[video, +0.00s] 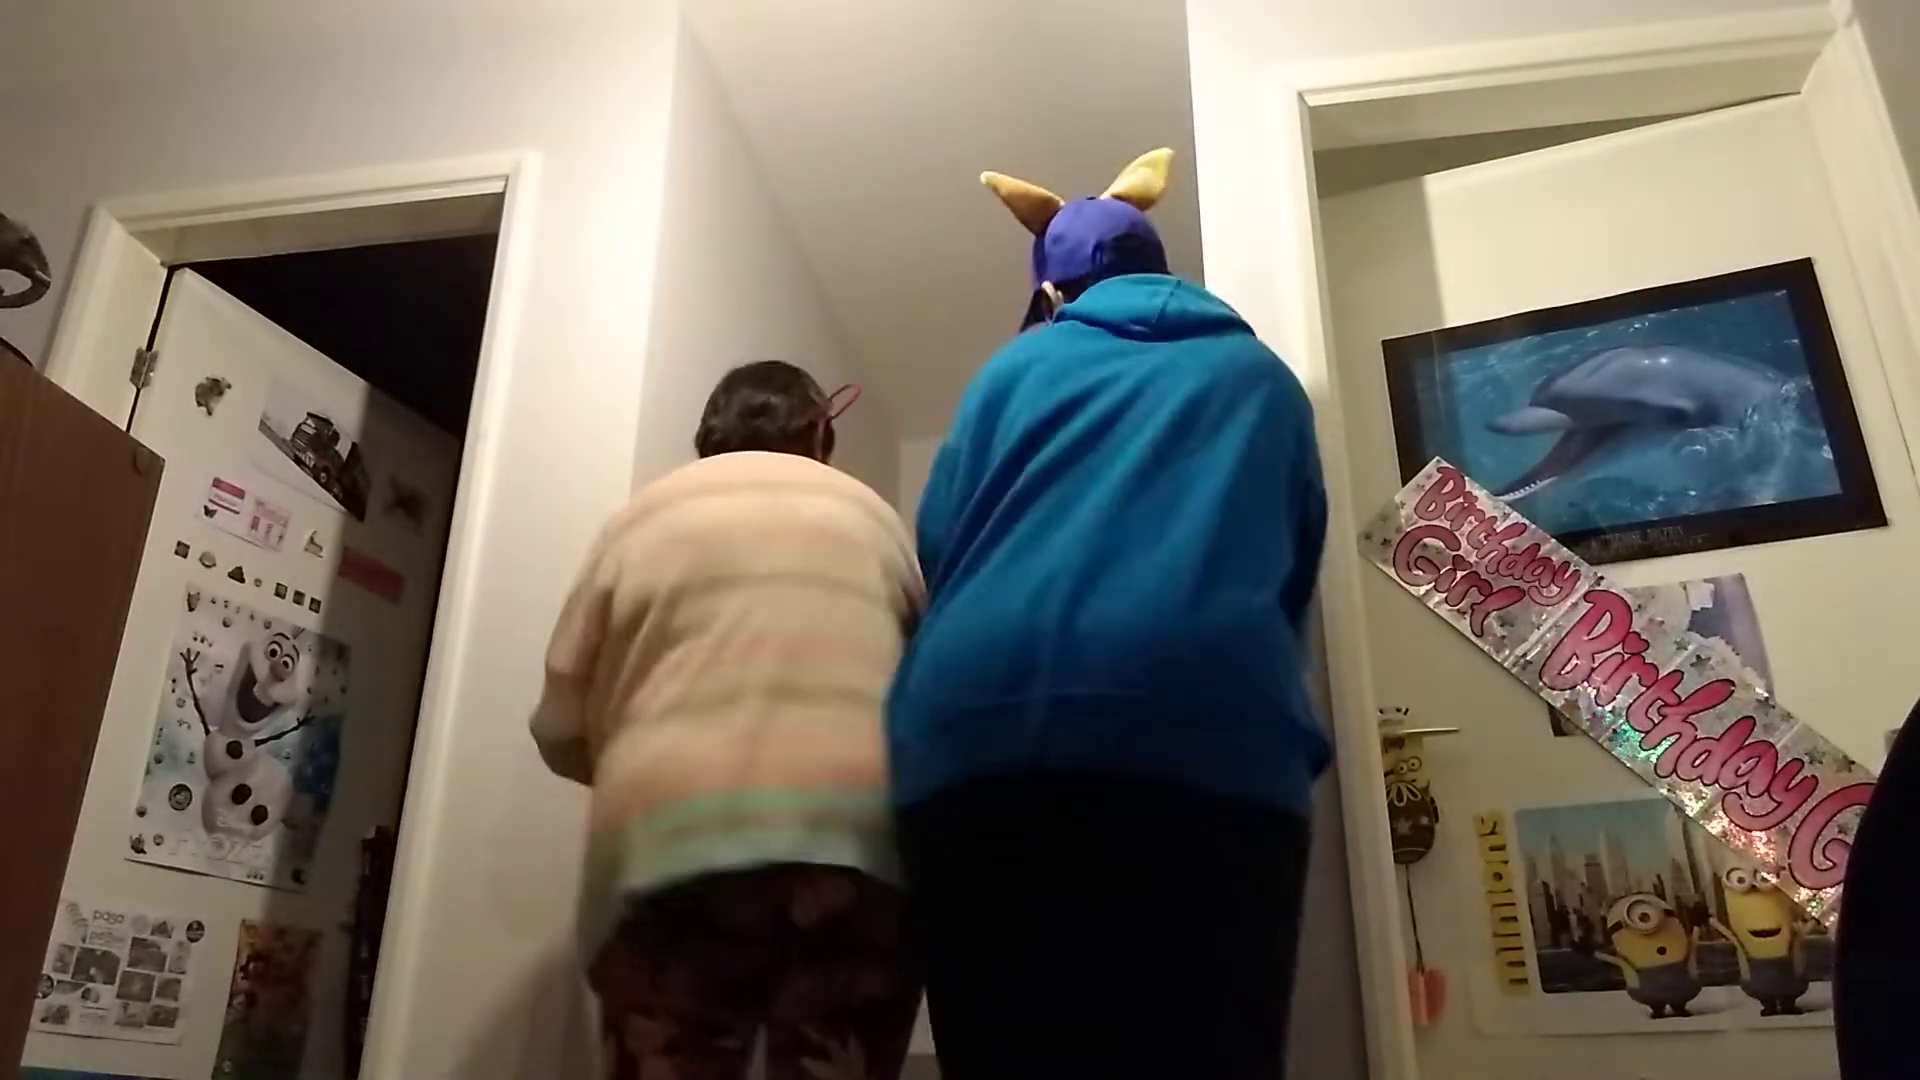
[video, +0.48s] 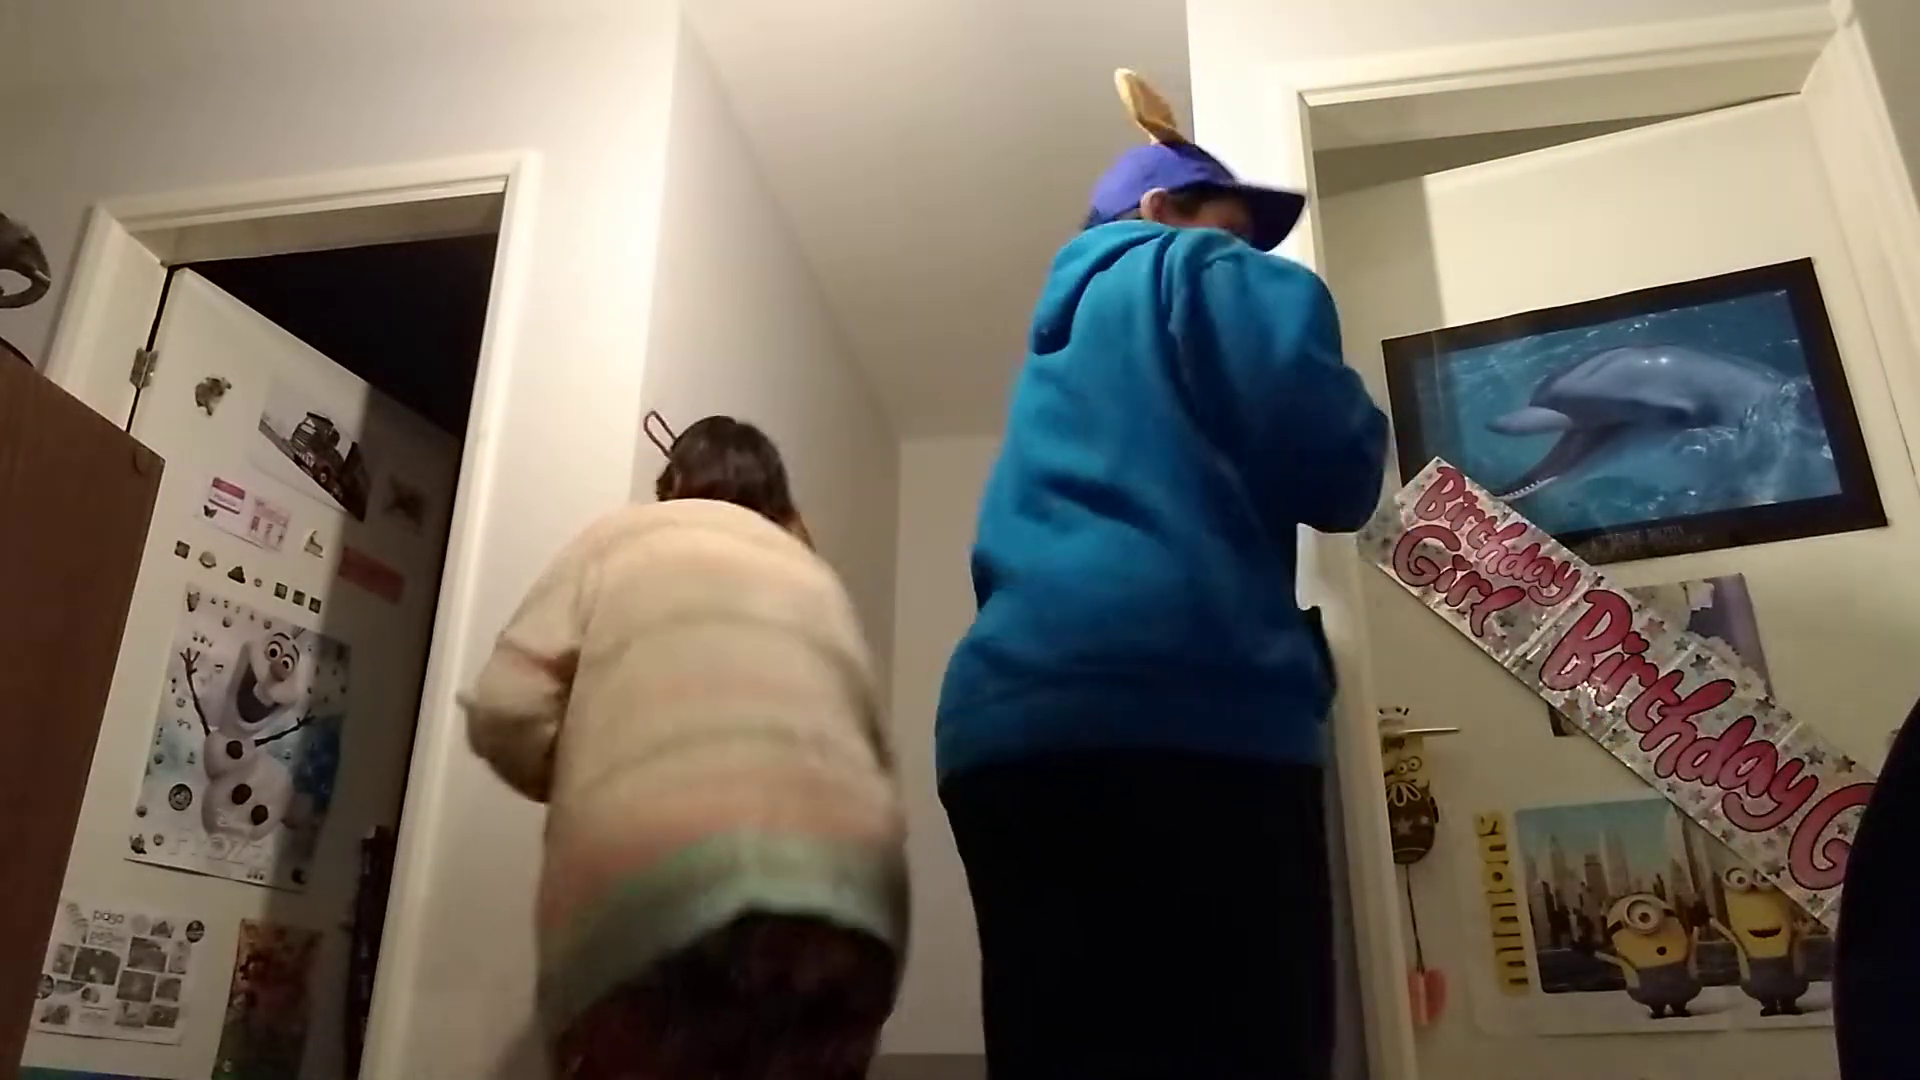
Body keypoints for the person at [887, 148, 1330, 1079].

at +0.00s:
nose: (1031, 309)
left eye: (1034, 296)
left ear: (1051, 296)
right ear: (1164, 277)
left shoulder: (1009, 373)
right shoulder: (1266, 378)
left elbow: (940, 547)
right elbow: (1295, 572)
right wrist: (1242, 684)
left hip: (979, 759)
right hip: (1220, 765)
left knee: (1002, 1049)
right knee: (1213, 1049)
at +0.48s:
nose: (1246, 246)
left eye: (1246, 228)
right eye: (1231, 224)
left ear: (1121, 222)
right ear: (1165, 208)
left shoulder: (1048, 359)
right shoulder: (1220, 280)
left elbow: (996, 553)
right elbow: (1339, 476)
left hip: (1008, 730)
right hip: (1198, 714)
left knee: (1051, 1038)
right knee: (1240, 1036)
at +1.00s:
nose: (1395, 188)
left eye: (1397, 170)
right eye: (1366, 165)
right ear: (1289, 178)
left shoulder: (1247, 287)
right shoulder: (1348, 258)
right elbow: (1449, 441)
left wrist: (1516, 403)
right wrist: (1530, 379)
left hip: (1230, 718)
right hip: (1336, 706)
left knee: (1358, 1033)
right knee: (1438, 1031)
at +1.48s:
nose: (1507, 185)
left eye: (1523, 169)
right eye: (1465, 170)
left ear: (1542, 200)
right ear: (1401, 223)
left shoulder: (1433, 310)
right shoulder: (1451, 291)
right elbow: (1634, 460)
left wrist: (1657, 340)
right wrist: (1683, 328)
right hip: (1550, 767)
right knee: (1714, 1049)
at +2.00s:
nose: (1632, 180)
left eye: (1653, 156)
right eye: (1591, 170)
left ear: (1688, 189)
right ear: (1546, 224)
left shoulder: (1736, 341)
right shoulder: (1562, 333)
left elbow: (1875, 573)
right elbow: (1714, 498)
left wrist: (1887, 391)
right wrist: (1837, 361)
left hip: (1816, 765)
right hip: (1693, 789)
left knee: (1876, 1038)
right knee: (1801, 1051)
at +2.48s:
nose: (1576, 188)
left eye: (1603, 151)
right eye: (1561, 178)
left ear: (1701, 147)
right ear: (1562, 213)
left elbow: (1913, 429)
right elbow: (1505, 626)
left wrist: (1750, 400)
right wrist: (1535, 500)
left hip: (1884, 752)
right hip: (1682, 789)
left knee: (1889, 1037)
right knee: (1763, 1055)